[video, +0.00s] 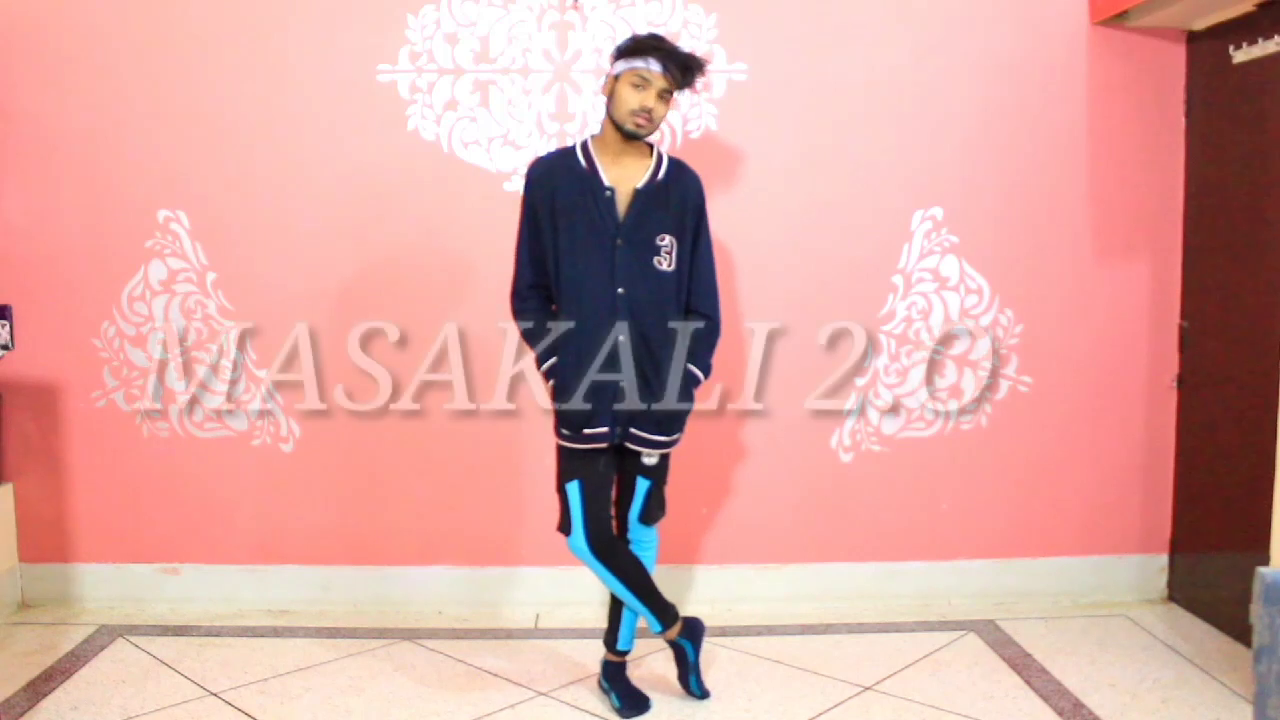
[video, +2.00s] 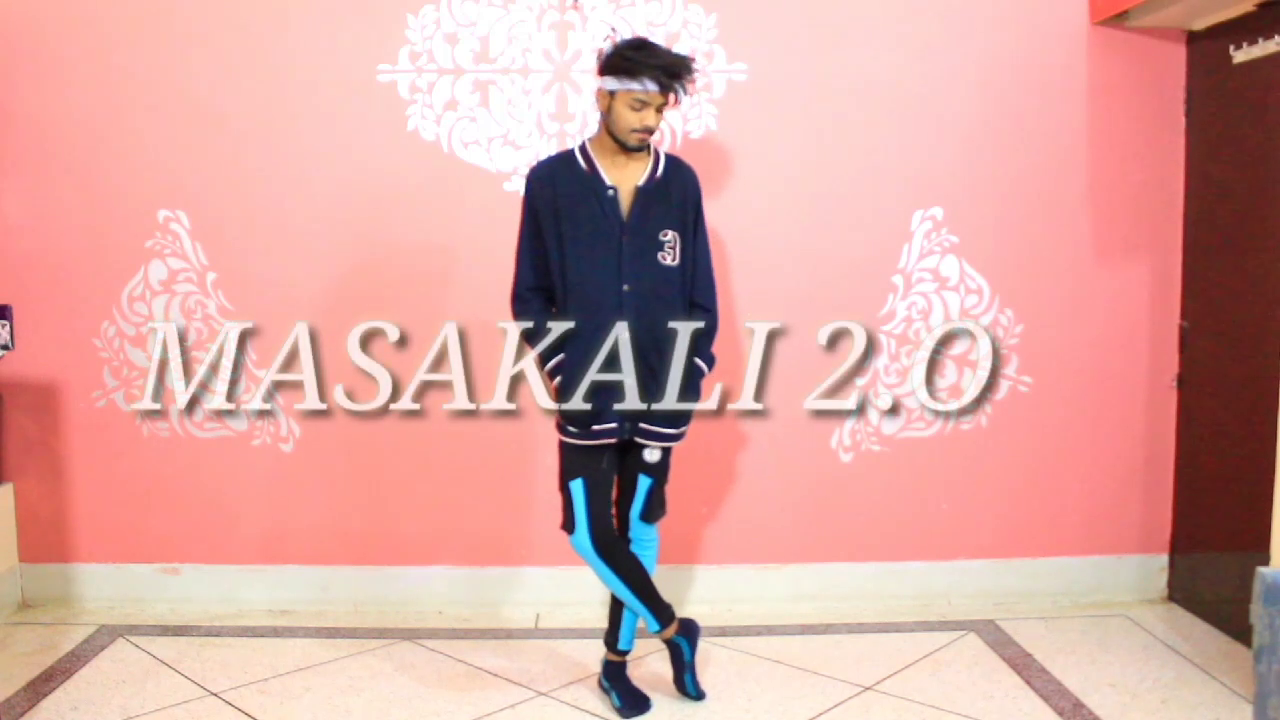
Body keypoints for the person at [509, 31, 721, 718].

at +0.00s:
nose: (648, 101)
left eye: (662, 92)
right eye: (637, 84)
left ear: (672, 105)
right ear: (608, 86)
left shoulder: (681, 183)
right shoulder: (552, 173)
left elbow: (703, 294)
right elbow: (529, 291)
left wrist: (692, 372)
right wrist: (557, 364)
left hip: (660, 385)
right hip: (583, 383)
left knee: (639, 524)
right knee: (588, 533)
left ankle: (616, 662)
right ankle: (678, 630)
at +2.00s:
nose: (649, 119)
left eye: (658, 106)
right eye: (637, 105)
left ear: (668, 106)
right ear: (603, 100)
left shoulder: (678, 179)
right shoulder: (553, 178)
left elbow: (700, 287)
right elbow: (529, 291)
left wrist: (698, 364)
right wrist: (557, 363)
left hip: (663, 384)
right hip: (587, 386)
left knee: (639, 525)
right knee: (589, 532)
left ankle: (616, 662)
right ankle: (674, 630)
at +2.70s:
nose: (656, 124)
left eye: (665, 111)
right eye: (643, 109)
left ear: (674, 111)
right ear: (611, 102)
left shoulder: (686, 183)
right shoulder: (560, 178)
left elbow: (708, 292)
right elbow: (536, 289)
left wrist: (701, 367)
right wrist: (562, 360)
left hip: (667, 386)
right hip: (591, 386)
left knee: (643, 526)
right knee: (587, 532)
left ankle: (617, 661)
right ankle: (668, 633)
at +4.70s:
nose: (612, 79)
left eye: (626, 69)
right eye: (598, 71)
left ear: (647, 85)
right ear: (582, 89)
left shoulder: (681, 174)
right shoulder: (554, 180)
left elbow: (700, 280)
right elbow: (540, 290)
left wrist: (688, 370)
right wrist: (545, 386)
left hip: (653, 383)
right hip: (576, 380)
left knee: (638, 525)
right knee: (555, 522)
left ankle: (617, 662)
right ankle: (558, 664)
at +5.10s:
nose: (583, 88)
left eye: (596, 79)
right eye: (568, 80)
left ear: (616, 97)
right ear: (551, 103)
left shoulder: (648, 172)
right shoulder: (528, 188)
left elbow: (652, 283)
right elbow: (535, 295)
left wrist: (611, 367)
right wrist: (580, 374)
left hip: (638, 375)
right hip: (565, 379)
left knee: (629, 512)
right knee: (568, 505)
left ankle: (620, 659)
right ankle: (587, 607)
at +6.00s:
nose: (602, 91)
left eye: (615, 80)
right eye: (589, 80)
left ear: (634, 95)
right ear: (568, 93)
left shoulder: (654, 186)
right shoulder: (532, 178)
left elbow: (662, 296)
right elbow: (517, 289)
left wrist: (659, 388)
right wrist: (543, 381)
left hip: (631, 380)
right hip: (559, 377)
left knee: (627, 516)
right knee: (562, 506)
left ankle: (624, 664)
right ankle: (583, 602)